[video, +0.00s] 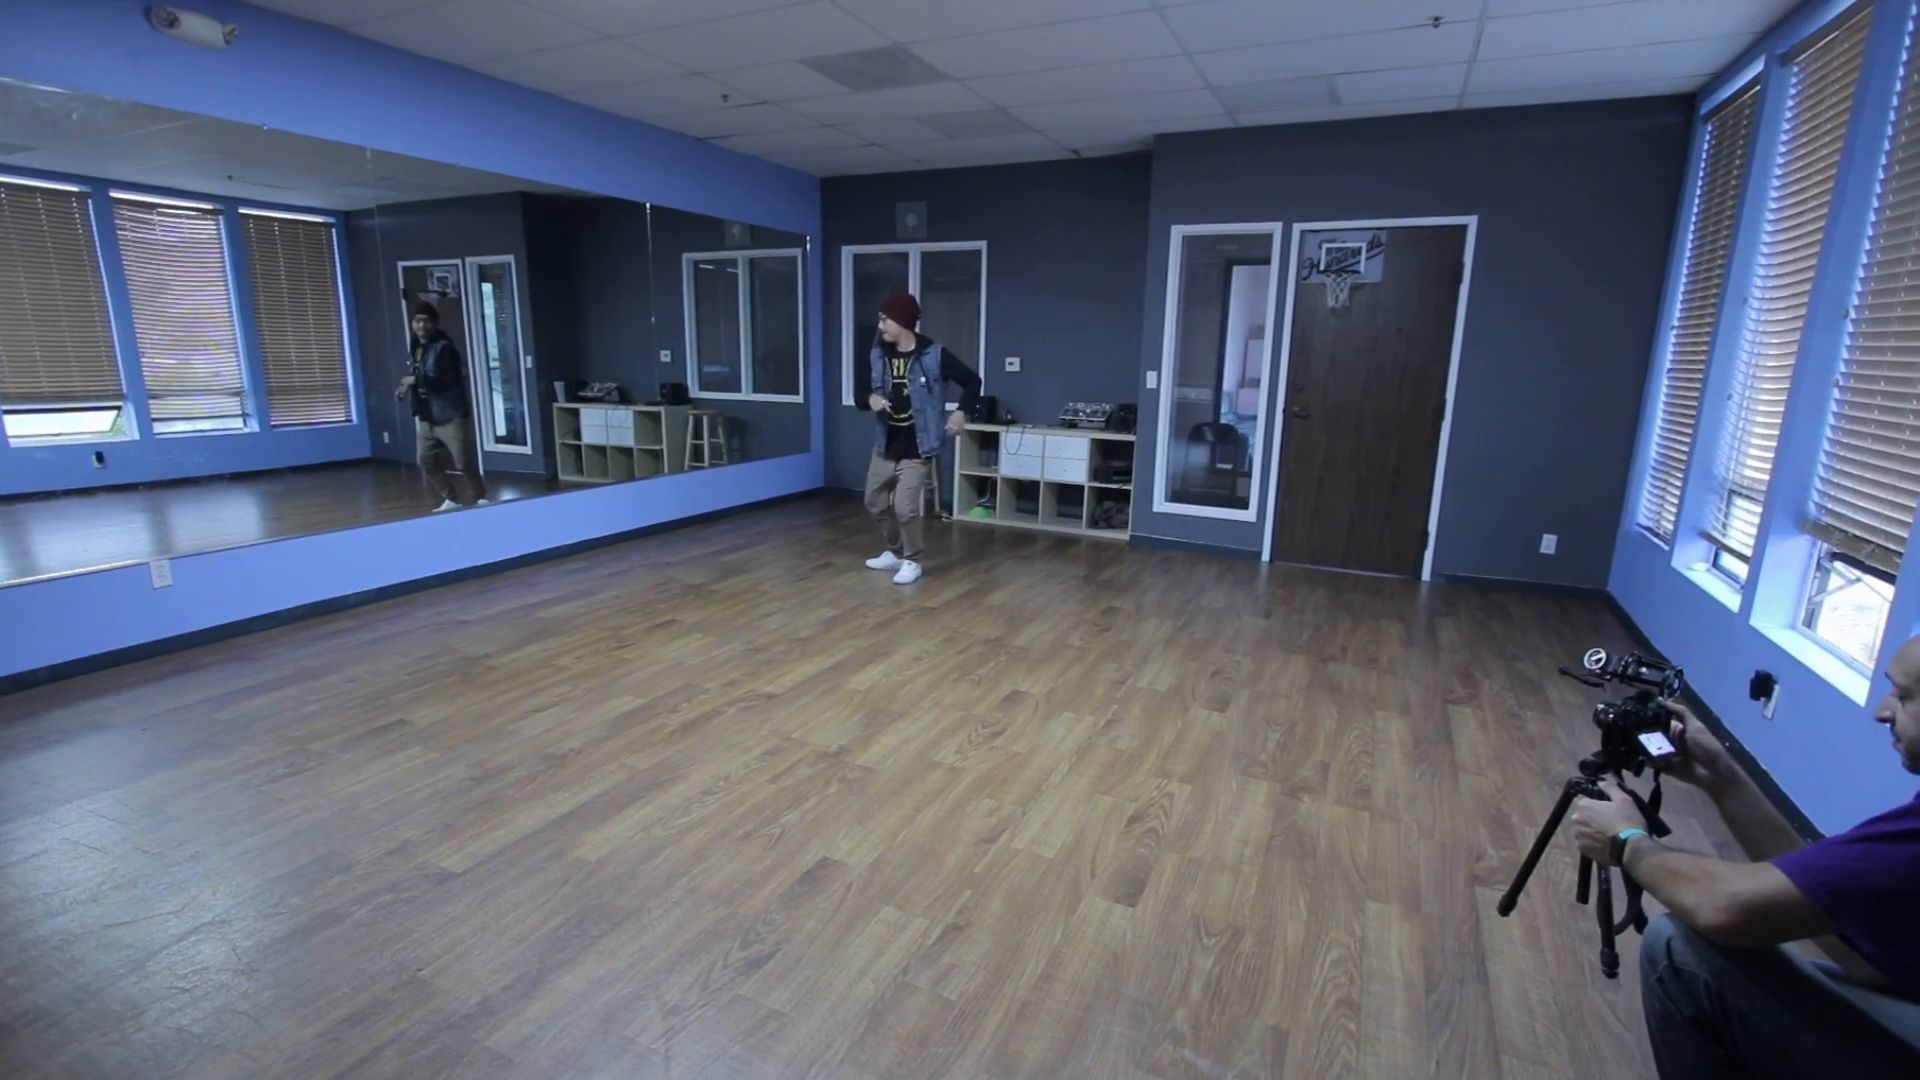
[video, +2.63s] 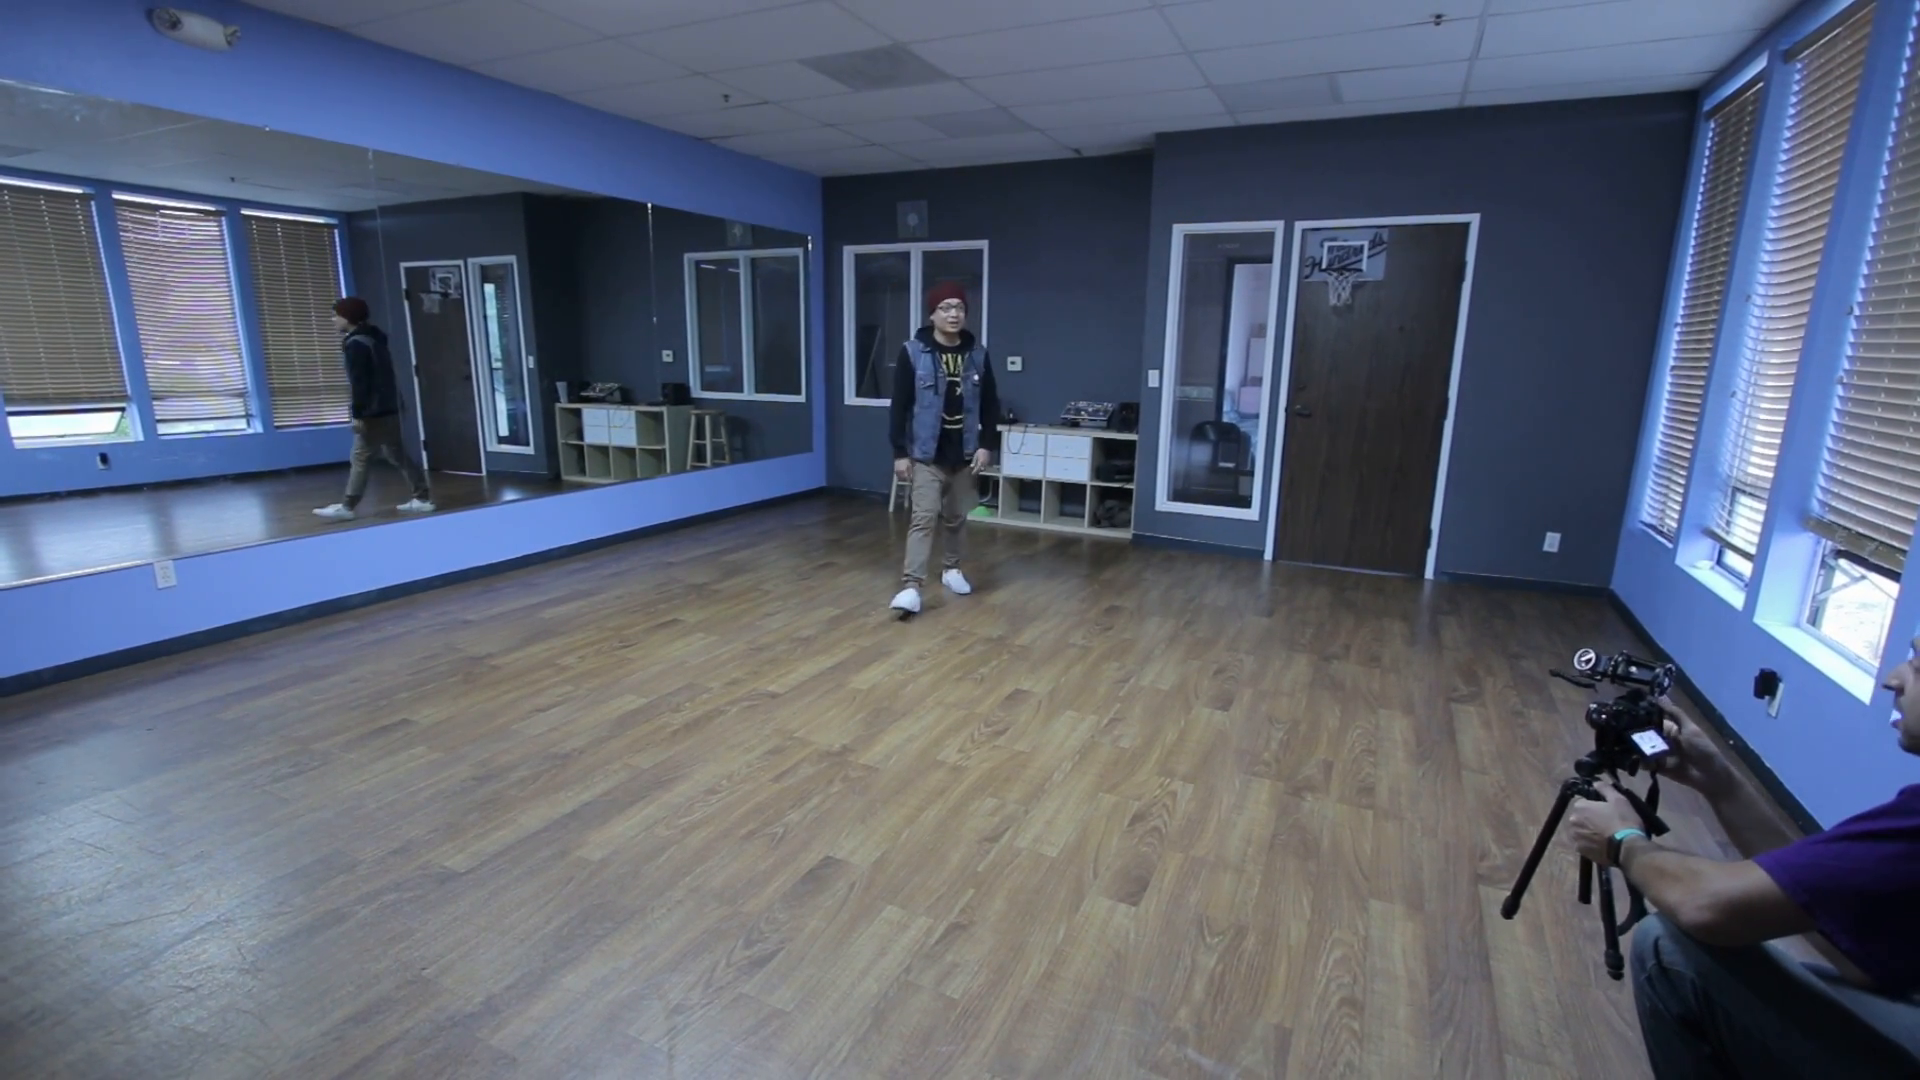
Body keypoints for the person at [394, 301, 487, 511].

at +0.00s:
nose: (420, 325)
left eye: (425, 321)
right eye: (416, 321)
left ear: (434, 324)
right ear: (412, 325)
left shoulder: (445, 348)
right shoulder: (417, 349)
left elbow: (445, 380)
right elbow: (420, 376)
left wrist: (416, 380)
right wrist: (407, 387)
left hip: (450, 413)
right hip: (426, 414)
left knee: (462, 462)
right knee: (426, 461)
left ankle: (480, 496)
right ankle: (450, 498)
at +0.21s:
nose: (413, 317)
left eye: (418, 312)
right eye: (410, 313)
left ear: (430, 314)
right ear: (407, 316)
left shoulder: (444, 339)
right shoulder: (416, 340)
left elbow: (448, 375)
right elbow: (415, 372)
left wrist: (432, 398)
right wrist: (406, 386)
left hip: (450, 404)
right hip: (427, 404)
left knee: (454, 450)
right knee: (435, 453)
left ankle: (473, 492)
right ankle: (452, 494)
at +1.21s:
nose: (404, 315)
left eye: (408, 311)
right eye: (404, 310)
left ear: (420, 314)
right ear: (422, 314)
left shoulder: (424, 342)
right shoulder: (437, 335)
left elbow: (416, 378)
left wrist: (403, 407)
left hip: (435, 405)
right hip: (439, 402)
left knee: (433, 453)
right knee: (419, 442)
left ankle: (452, 499)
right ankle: (427, 490)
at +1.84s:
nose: (371, 320)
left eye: (374, 316)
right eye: (372, 316)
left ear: (387, 318)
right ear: (390, 318)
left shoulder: (393, 342)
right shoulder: (404, 338)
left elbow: (390, 379)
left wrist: (381, 410)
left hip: (413, 408)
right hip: (411, 407)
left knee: (419, 454)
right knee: (399, 452)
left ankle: (444, 498)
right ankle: (419, 496)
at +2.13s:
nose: (358, 316)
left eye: (361, 311)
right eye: (358, 311)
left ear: (373, 312)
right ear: (373, 313)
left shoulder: (386, 336)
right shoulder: (382, 335)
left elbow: (394, 370)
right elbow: (386, 374)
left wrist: (397, 400)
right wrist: (382, 401)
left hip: (401, 404)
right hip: (405, 403)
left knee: (399, 450)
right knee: (410, 451)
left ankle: (409, 497)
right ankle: (421, 497)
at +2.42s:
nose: (351, 320)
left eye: (354, 316)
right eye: (351, 316)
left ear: (363, 318)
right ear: (372, 317)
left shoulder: (373, 341)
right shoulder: (385, 336)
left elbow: (382, 378)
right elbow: (387, 377)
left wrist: (381, 411)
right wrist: (386, 406)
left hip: (388, 410)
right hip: (400, 408)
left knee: (370, 451)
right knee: (398, 452)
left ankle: (375, 500)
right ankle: (421, 496)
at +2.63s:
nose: (334, 321)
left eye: (337, 316)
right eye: (335, 316)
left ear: (349, 318)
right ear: (358, 318)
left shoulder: (355, 343)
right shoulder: (375, 336)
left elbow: (360, 382)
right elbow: (386, 376)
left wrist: (357, 415)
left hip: (370, 413)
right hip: (388, 409)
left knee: (359, 458)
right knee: (397, 454)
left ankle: (348, 505)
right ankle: (422, 497)